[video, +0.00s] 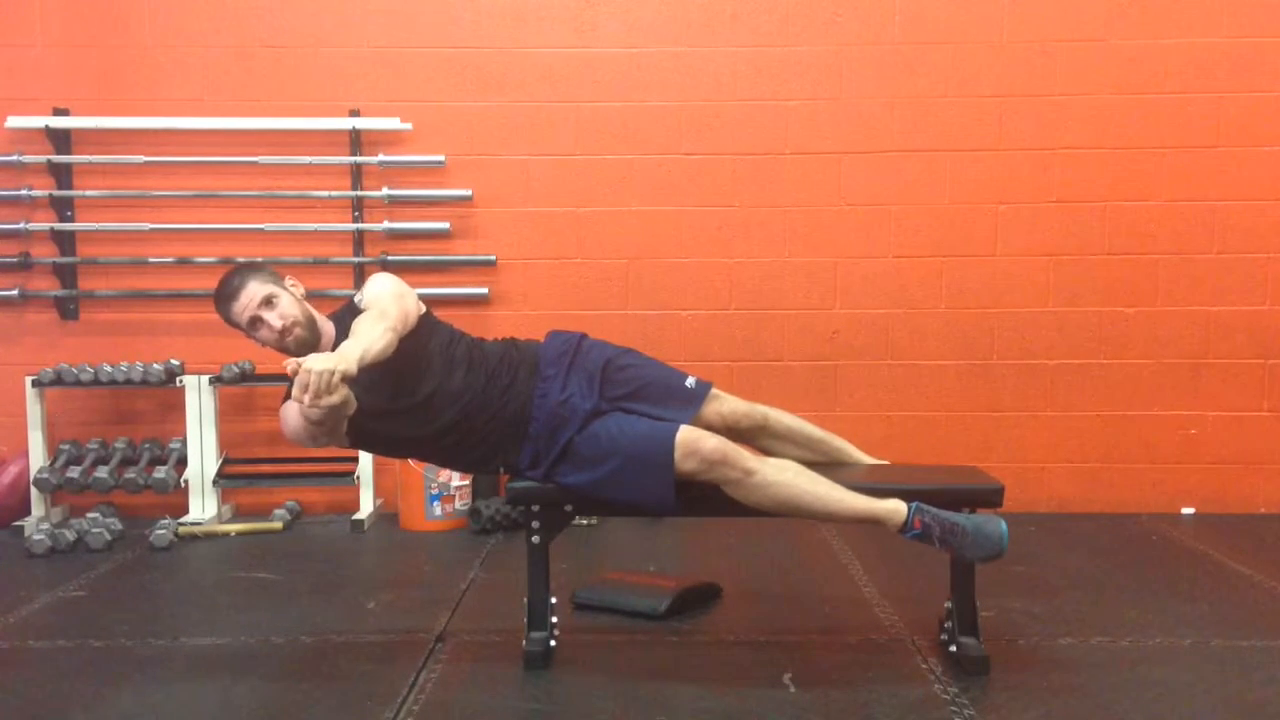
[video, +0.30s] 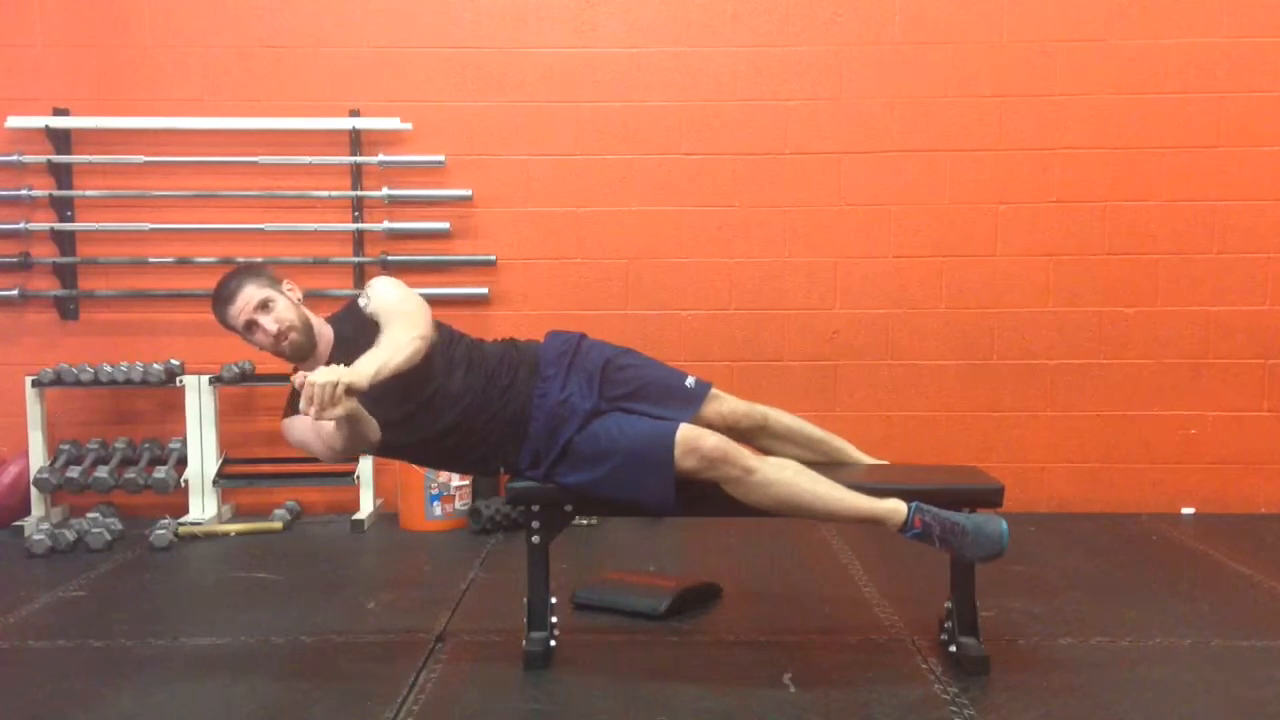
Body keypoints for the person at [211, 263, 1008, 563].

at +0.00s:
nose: (273, 324)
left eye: (270, 305)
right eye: (254, 326)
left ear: (293, 287)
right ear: (251, 345)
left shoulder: (369, 294)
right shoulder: (304, 408)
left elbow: (400, 317)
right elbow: (326, 419)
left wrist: (346, 359)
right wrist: (327, 387)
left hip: (565, 366)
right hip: (546, 450)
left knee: (737, 415)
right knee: (710, 457)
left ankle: (904, 492)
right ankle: (913, 521)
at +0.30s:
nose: (270, 329)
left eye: (266, 308)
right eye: (251, 330)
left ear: (291, 290)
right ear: (250, 348)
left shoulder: (371, 297)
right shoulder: (311, 412)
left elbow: (415, 334)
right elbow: (352, 442)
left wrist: (355, 375)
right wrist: (332, 418)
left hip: (566, 367)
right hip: (548, 450)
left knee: (739, 416)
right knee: (709, 453)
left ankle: (905, 493)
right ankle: (913, 520)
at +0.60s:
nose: (271, 329)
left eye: (268, 308)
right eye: (252, 331)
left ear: (290, 290)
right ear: (250, 349)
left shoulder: (373, 299)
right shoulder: (309, 415)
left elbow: (463, 336)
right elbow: (390, 481)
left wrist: (377, 397)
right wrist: (363, 428)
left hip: (567, 368)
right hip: (545, 451)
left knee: (740, 416)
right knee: (709, 453)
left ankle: (911, 494)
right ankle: (914, 520)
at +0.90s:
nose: (276, 330)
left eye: (273, 310)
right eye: (256, 332)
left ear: (294, 291)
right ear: (250, 349)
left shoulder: (371, 301)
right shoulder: (305, 419)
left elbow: (477, 309)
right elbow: (373, 508)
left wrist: (400, 402)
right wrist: (391, 442)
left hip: (568, 369)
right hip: (547, 451)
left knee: (738, 416)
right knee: (708, 454)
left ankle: (908, 494)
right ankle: (912, 519)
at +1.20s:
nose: (283, 338)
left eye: (279, 317)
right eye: (262, 340)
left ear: (297, 295)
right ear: (252, 353)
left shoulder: (373, 301)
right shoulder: (303, 422)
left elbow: (491, 329)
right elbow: (377, 508)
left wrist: (405, 403)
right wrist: (391, 435)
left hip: (571, 370)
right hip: (547, 452)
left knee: (740, 417)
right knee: (707, 451)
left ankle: (911, 494)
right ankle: (914, 519)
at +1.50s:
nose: (281, 333)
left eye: (278, 311)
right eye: (259, 334)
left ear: (298, 293)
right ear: (250, 349)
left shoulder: (374, 301)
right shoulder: (298, 420)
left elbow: (488, 336)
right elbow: (364, 507)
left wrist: (398, 407)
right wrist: (387, 437)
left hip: (571, 370)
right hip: (545, 452)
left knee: (741, 416)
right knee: (708, 452)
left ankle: (911, 498)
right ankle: (912, 520)